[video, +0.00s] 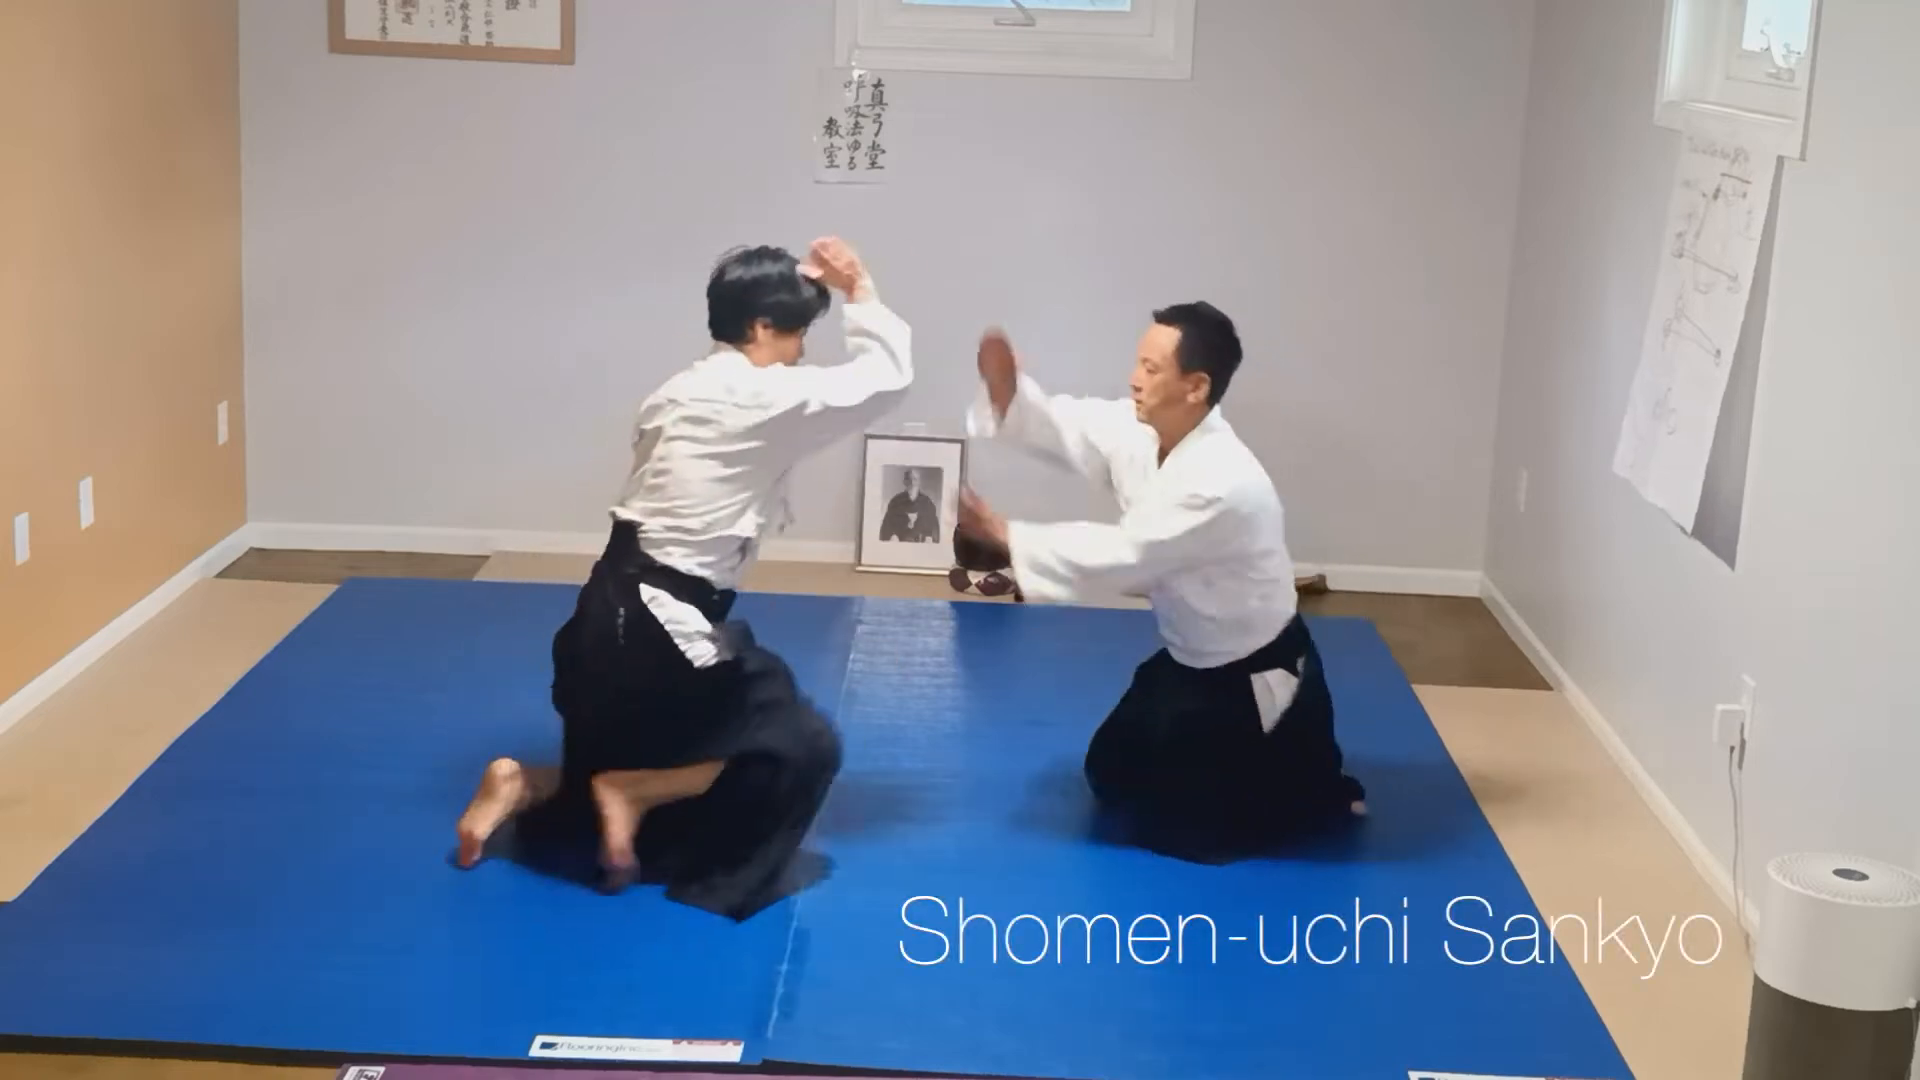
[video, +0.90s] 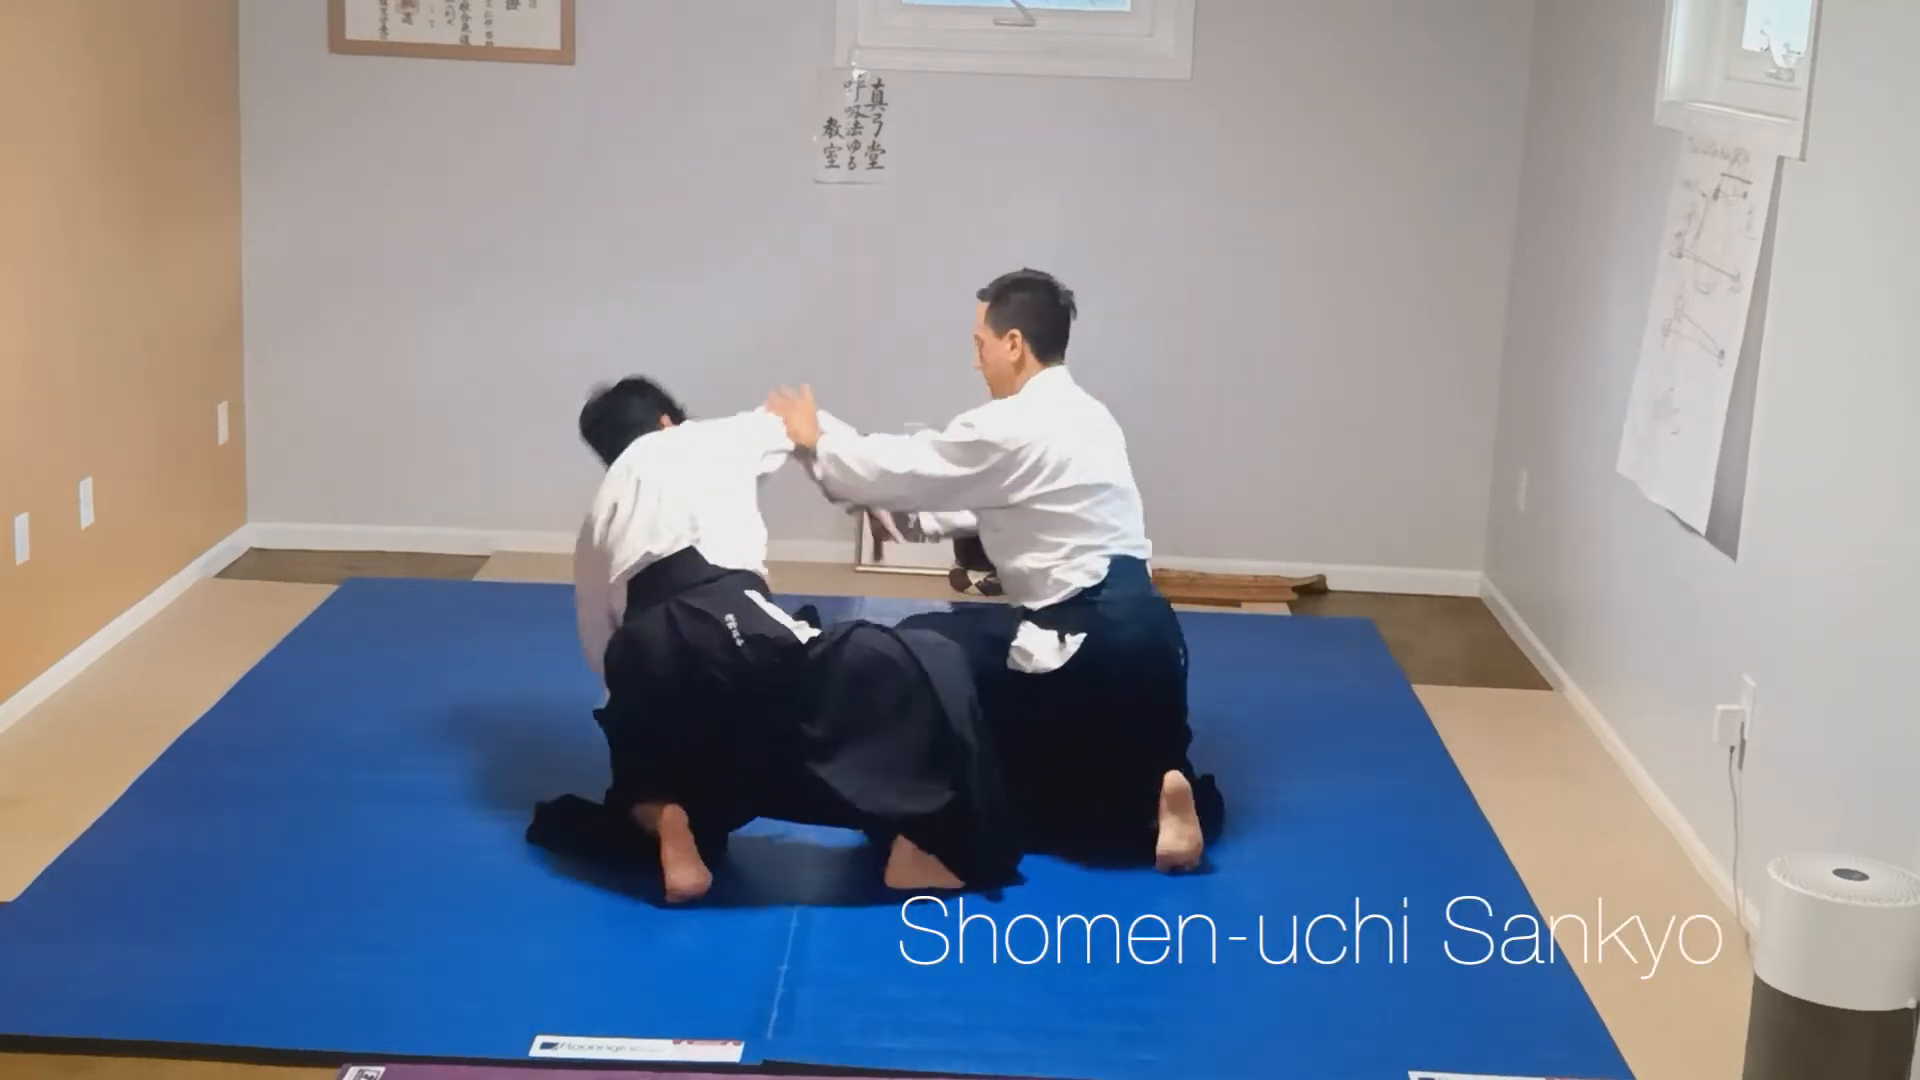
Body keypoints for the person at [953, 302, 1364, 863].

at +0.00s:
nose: (1133, 380)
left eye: (1149, 368)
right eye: (1137, 364)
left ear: (1196, 386)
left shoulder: (1222, 482)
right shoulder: (1138, 434)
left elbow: (1129, 555)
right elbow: (1070, 424)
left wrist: (1008, 538)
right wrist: (1013, 398)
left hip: (1258, 679)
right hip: (1187, 664)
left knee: (1181, 822)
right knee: (1111, 774)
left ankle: (1315, 799)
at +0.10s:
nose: (1111, 353)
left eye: (1129, 342)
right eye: (1115, 338)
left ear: (1172, 362)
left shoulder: (1180, 448)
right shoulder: (1122, 398)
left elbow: (1080, 496)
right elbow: (1035, 353)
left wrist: (954, 455)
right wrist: (982, 293)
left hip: (1225, 658)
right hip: (1166, 648)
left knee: (1185, 825)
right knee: (1115, 776)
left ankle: (1326, 801)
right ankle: (1269, 757)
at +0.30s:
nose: (1072, 318)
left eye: (1087, 309)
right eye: (1076, 304)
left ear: (1134, 324)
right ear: (1121, 319)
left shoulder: (1145, 404)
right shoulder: (1087, 370)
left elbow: (1052, 456)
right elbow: (1013, 310)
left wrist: (945, 405)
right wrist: (975, 231)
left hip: (1177, 614)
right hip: (1120, 609)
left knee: (1134, 803)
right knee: (1048, 732)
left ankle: (1280, 772)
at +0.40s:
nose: (1052, 316)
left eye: (1066, 304)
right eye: (1056, 300)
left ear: (1112, 315)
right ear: (1107, 313)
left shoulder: (1130, 400)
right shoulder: (1081, 369)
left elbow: (1036, 443)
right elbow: (997, 317)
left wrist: (935, 379)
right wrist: (927, 239)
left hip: (1160, 616)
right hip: (1104, 597)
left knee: (1094, 785)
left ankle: (1275, 757)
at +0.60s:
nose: (1015, 324)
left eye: (1025, 308)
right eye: (1017, 308)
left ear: (1068, 315)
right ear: (1066, 316)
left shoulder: (1093, 400)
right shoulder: (1061, 377)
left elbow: (986, 433)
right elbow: (960, 367)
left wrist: (893, 369)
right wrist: (892, 334)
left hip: (1126, 619)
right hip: (1075, 600)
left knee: (1059, 777)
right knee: (951, 633)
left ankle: (1250, 761)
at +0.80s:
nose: (984, 341)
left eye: (991, 326)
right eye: (985, 326)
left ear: (1027, 330)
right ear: (1038, 329)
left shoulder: (1041, 410)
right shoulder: (1086, 395)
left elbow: (937, 451)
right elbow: (952, 460)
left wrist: (834, 397)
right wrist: (859, 449)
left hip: (1092, 628)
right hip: (1145, 623)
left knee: (929, 635)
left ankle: (914, 837)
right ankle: (1153, 790)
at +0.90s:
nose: (976, 356)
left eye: (980, 342)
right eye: (976, 341)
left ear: (1014, 346)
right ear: (1034, 344)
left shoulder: (1013, 427)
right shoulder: (1091, 415)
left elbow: (902, 467)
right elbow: (1000, 506)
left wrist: (814, 433)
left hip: (1081, 643)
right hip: (1152, 638)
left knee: (920, 634)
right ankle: (1159, 795)